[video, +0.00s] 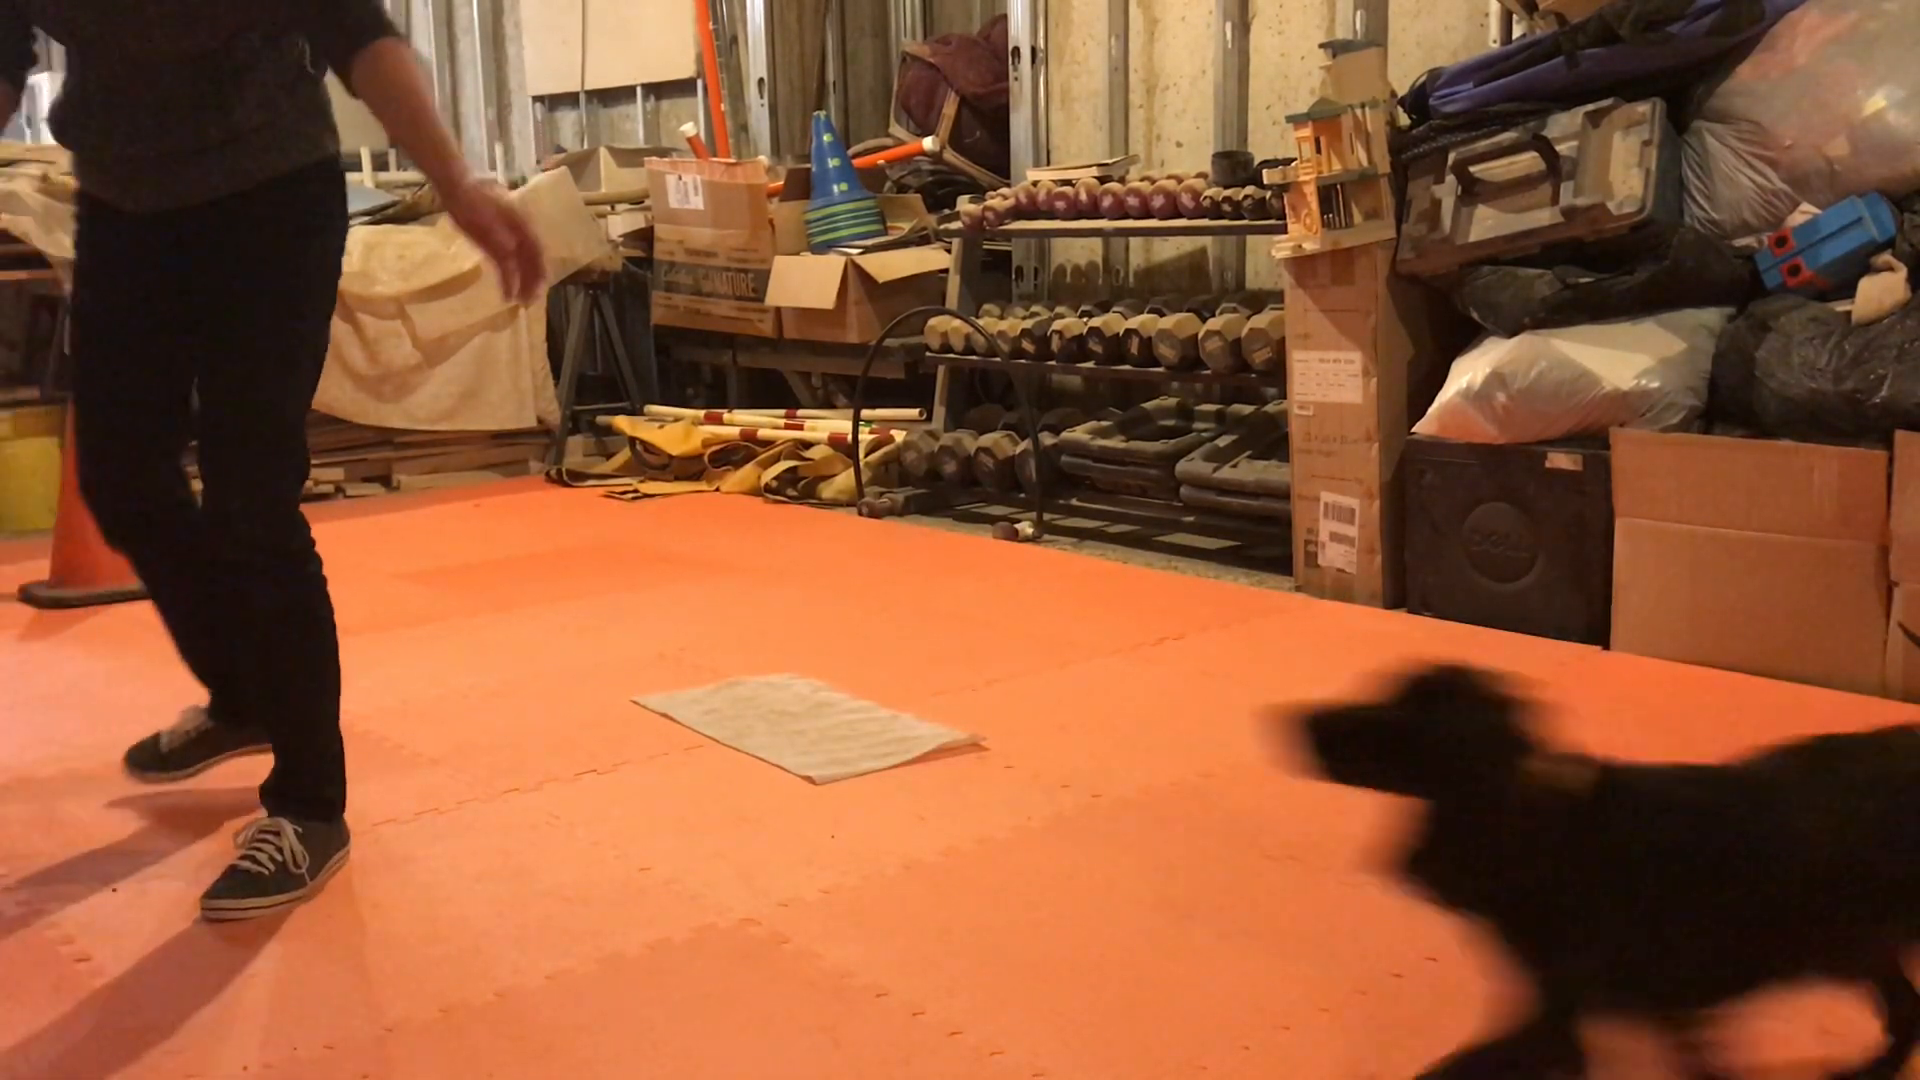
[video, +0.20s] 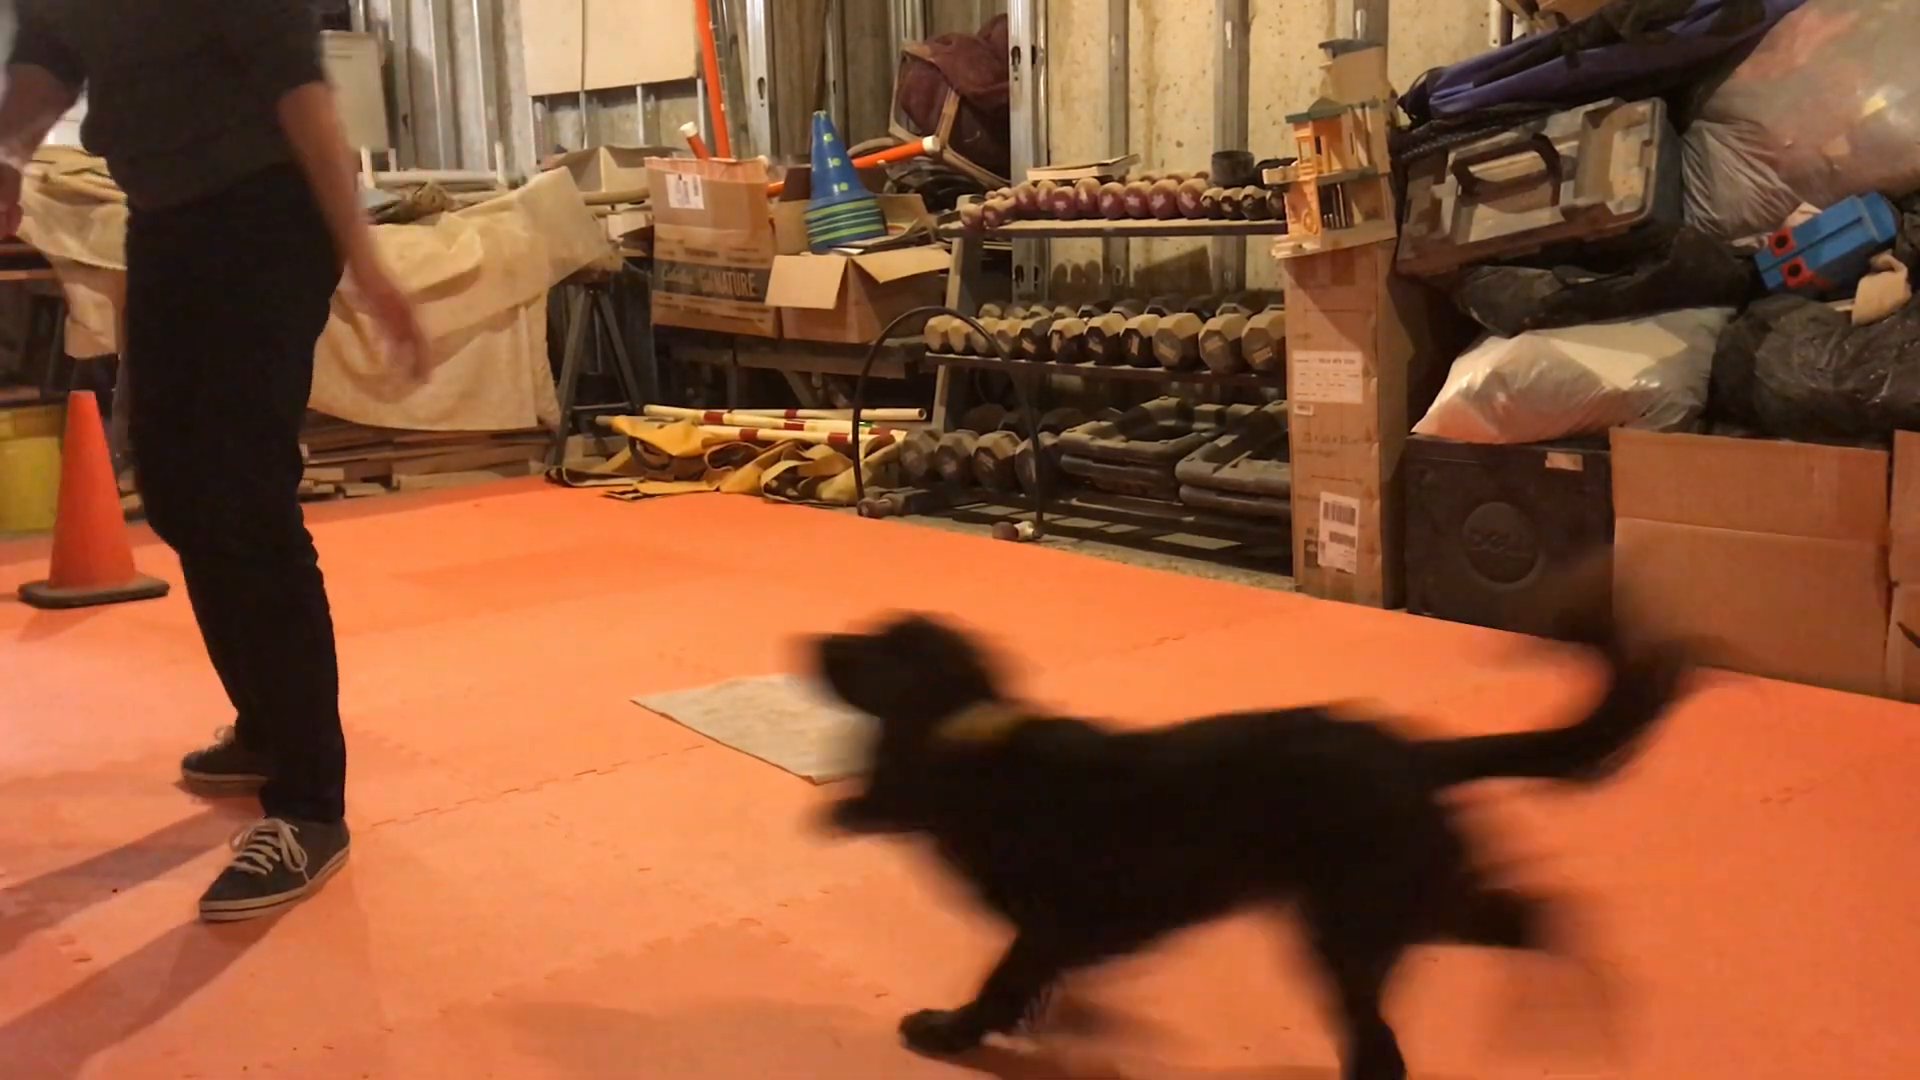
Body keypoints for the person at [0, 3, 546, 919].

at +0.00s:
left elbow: (355, 26)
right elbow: (5, 58)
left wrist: (457, 183)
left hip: (272, 187)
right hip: (123, 196)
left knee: (251, 500)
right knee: (121, 477)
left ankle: (310, 811)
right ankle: (245, 698)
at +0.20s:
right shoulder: (58, 8)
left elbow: (298, 76)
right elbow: (41, 65)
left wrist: (365, 263)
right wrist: (11, 151)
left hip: (268, 201)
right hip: (167, 215)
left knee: (246, 492)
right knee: (178, 486)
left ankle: (309, 809)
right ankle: (270, 727)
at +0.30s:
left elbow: (255, 79)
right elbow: (88, 63)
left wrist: (291, 262)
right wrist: (18, 168)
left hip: (262, 194)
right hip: (184, 209)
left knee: (249, 499)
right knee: (193, 493)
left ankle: (311, 810)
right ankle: (278, 730)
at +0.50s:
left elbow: (144, 71)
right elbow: (158, 44)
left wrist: (137, 307)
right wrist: (96, 154)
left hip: (220, 176)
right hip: (247, 166)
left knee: (178, 471)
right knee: (225, 460)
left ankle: (277, 763)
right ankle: (294, 730)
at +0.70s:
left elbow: (25, 45)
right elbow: (313, 9)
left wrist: (5, 122)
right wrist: (237, 82)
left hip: (124, 188)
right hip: (262, 171)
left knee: (110, 494)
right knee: (237, 479)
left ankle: (224, 753)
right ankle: (295, 738)